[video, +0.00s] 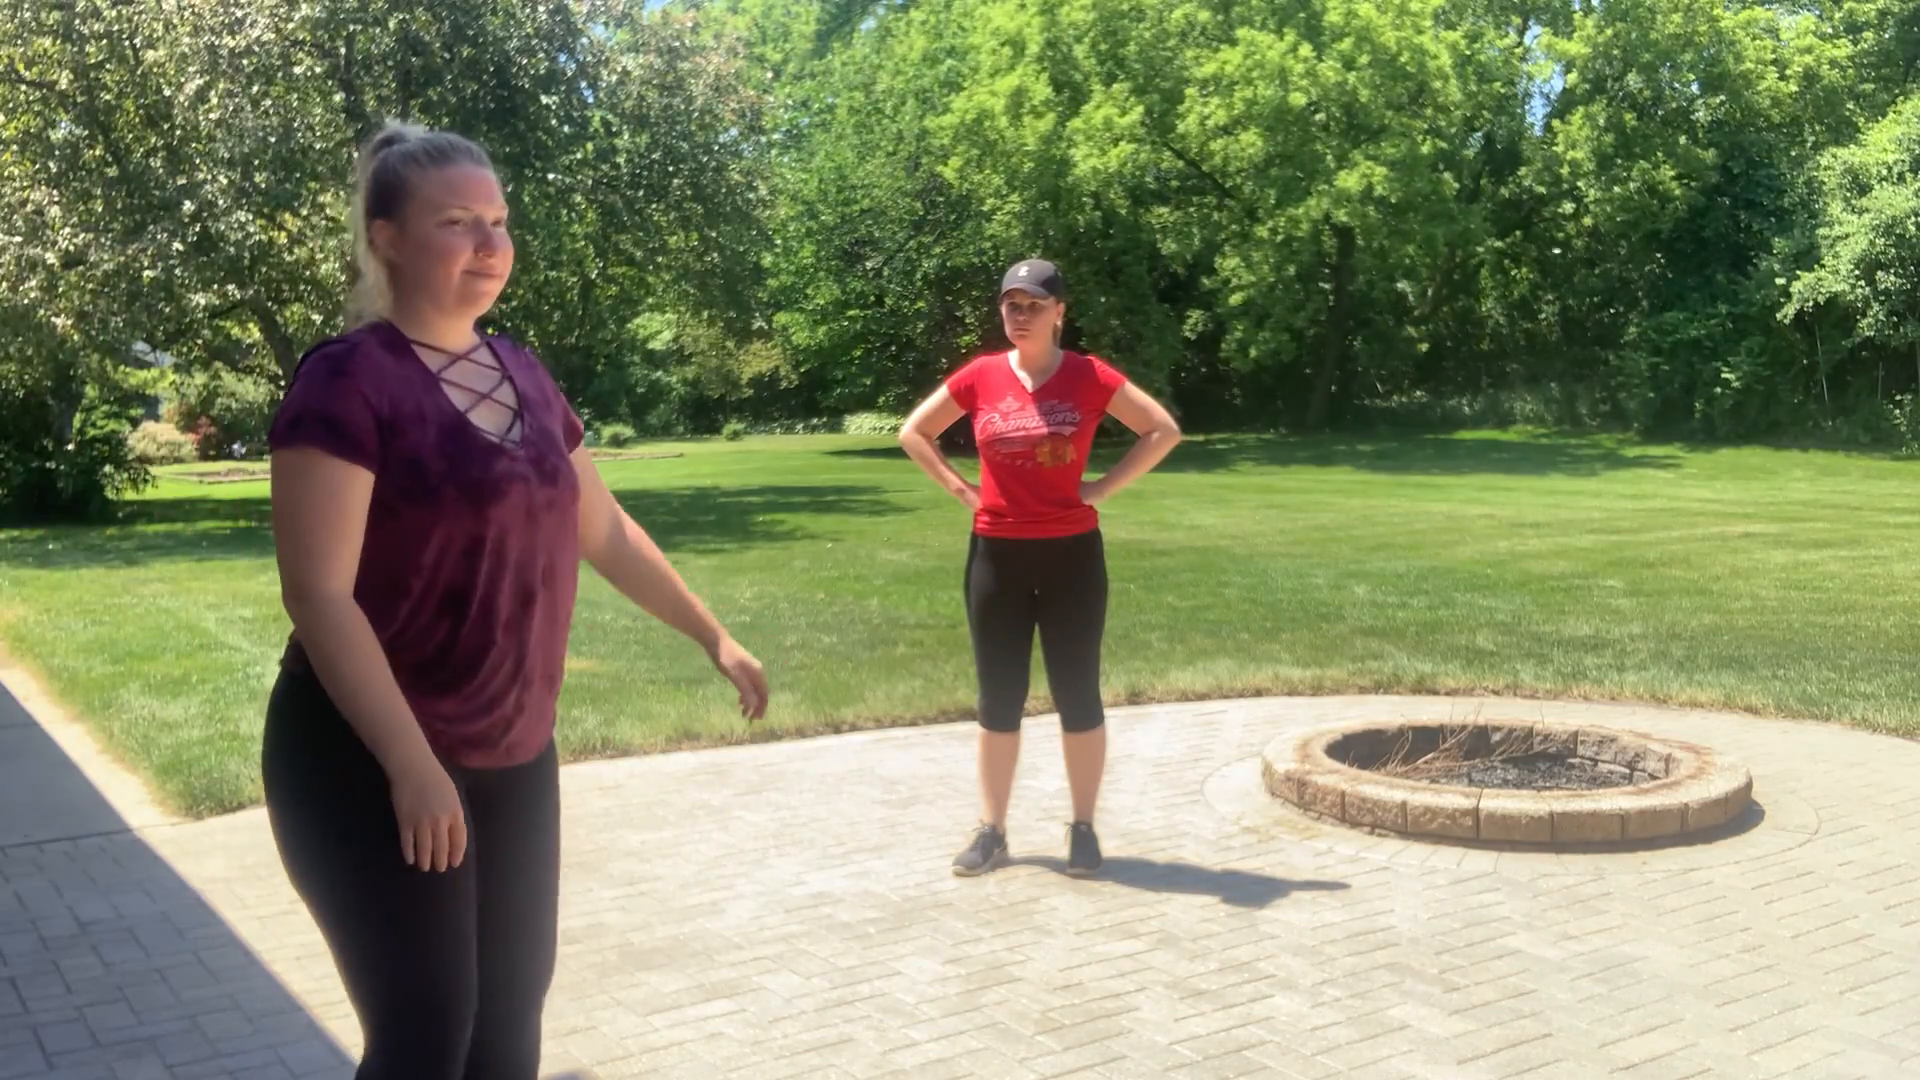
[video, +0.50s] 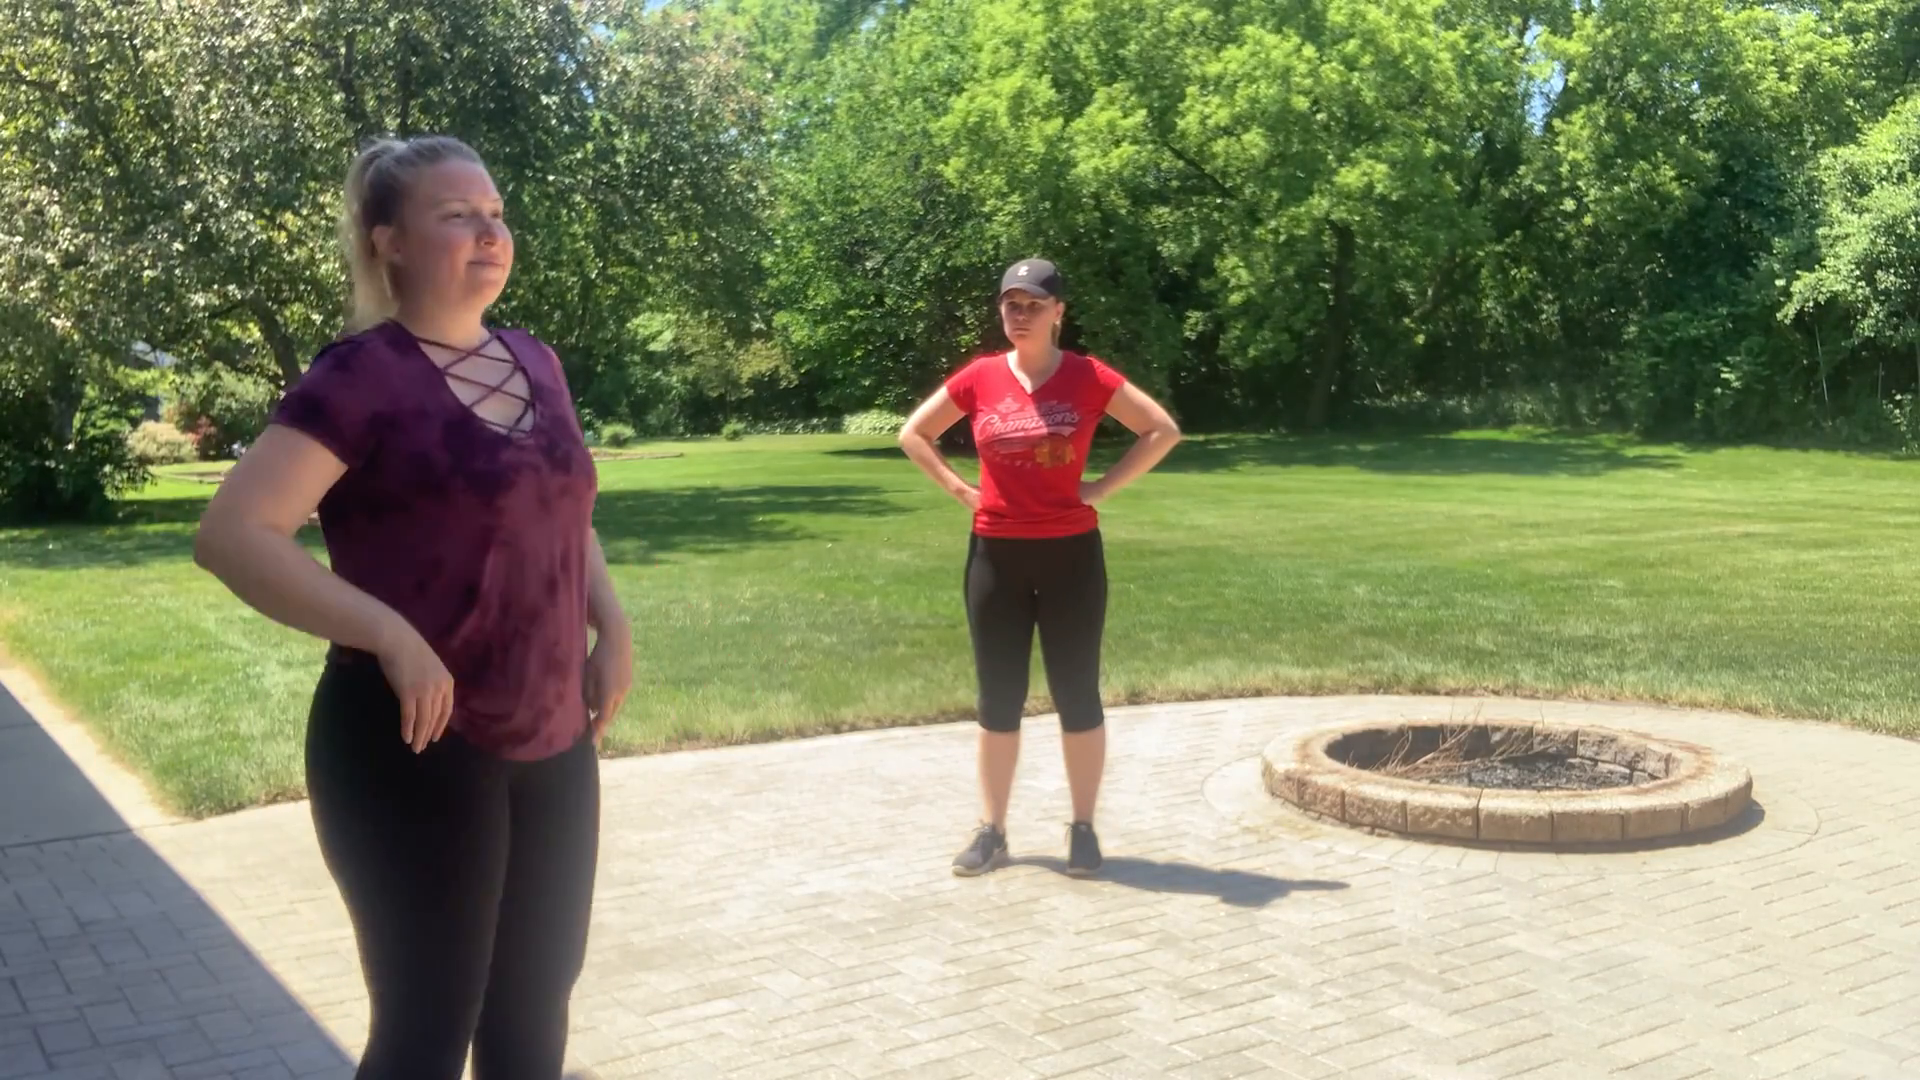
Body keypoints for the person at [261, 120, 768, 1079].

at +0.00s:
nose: (493, 241)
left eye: (500, 220)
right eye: (460, 220)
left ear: (513, 232)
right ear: (385, 238)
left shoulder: (517, 370)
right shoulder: (346, 383)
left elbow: (609, 533)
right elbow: (317, 594)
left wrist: (714, 635)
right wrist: (412, 763)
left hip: (510, 750)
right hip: (365, 753)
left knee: (508, 1041)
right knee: (425, 1042)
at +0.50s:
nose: (491, 238)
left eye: (498, 218)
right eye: (458, 220)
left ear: (510, 235)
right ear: (387, 244)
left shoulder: (537, 362)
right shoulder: (360, 376)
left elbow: (563, 519)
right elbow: (230, 534)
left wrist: (613, 622)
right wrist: (388, 629)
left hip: (552, 730)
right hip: (414, 738)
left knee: (530, 1035)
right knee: (424, 1041)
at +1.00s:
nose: (557, 235)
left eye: (547, 217)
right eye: (533, 223)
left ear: (483, 258)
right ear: (464, 257)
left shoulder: (536, 351)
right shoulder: (430, 365)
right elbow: (315, 501)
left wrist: (566, 596)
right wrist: (433, 612)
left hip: (561, 714)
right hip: (461, 725)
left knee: (513, 997)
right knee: (486, 1023)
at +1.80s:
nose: (562, 267)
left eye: (556, 247)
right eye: (553, 247)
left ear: (489, 261)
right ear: (516, 261)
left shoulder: (502, 375)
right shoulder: (437, 368)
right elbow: (335, 498)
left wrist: (535, 603)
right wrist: (443, 618)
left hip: (546, 719)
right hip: (464, 727)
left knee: (514, 975)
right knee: (454, 1011)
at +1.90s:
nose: (561, 269)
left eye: (556, 248)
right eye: (553, 249)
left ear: (491, 261)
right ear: (516, 261)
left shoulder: (501, 377)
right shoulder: (437, 371)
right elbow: (334, 502)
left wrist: (537, 603)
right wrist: (444, 618)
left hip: (547, 719)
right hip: (465, 726)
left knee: (514, 976)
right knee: (454, 1012)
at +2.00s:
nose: (563, 269)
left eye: (557, 249)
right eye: (553, 250)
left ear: (494, 263)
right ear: (514, 263)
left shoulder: (499, 379)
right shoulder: (436, 374)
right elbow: (335, 505)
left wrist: (537, 602)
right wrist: (447, 619)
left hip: (547, 718)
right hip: (466, 726)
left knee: (514, 974)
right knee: (452, 1013)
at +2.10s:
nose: (565, 266)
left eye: (559, 247)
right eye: (554, 248)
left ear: (496, 263)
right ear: (510, 263)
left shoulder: (500, 379)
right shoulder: (436, 376)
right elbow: (335, 506)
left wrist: (535, 602)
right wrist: (448, 619)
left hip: (548, 718)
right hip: (466, 726)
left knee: (513, 976)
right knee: (451, 1014)